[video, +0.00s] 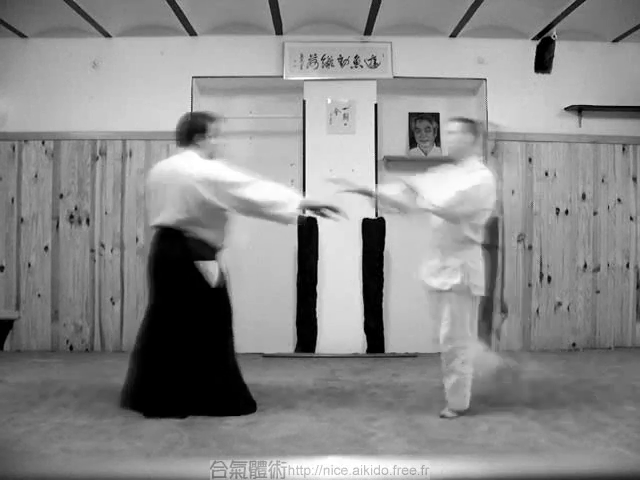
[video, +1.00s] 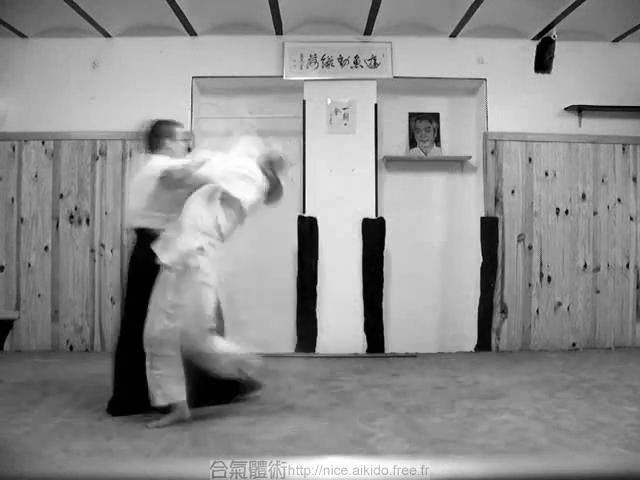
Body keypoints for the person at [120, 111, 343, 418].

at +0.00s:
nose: (220, 141)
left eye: (220, 135)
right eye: (216, 136)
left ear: (187, 139)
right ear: (200, 138)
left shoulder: (159, 169)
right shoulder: (205, 170)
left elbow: (158, 213)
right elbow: (250, 192)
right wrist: (302, 203)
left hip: (163, 251)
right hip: (194, 255)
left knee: (165, 324)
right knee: (210, 325)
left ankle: (152, 395)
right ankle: (218, 396)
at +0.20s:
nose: (190, 146)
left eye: (189, 140)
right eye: (183, 141)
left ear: (160, 145)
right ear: (164, 144)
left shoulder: (145, 173)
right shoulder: (170, 176)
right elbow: (216, 196)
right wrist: (266, 201)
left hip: (150, 256)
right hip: (173, 260)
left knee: (156, 328)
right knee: (198, 327)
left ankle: (144, 395)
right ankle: (210, 395)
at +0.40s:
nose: (165, 145)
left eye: (165, 140)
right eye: (159, 140)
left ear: (141, 143)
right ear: (141, 143)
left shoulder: (140, 169)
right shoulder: (142, 174)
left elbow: (178, 182)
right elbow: (186, 190)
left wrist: (203, 178)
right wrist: (214, 184)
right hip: (154, 260)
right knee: (174, 329)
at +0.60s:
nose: (159, 141)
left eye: (158, 136)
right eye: (153, 136)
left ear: (137, 143)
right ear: (136, 141)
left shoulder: (147, 171)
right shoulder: (129, 171)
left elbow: (165, 161)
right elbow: (153, 157)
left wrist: (173, 137)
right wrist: (162, 128)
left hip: (160, 257)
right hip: (144, 259)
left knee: (170, 328)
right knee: (145, 331)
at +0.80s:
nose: (166, 141)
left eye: (164, 135)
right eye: (159, 137)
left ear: (139, 143)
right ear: (142, 142)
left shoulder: (135, 167)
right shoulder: (147, 166)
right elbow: (189, 155)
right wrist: (207, 128)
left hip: (134, 250)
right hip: (158, 253)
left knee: (132, 325)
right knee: (155, 327)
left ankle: (127, 397)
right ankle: (145, 398)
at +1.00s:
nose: (187, 145)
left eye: (188, 140)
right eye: (181, 140)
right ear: (162, 143)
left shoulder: (178, 166)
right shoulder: (157, 165)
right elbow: (187, 173)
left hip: (177, 244)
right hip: (154, 245)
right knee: (140, 323)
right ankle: (130, 397)